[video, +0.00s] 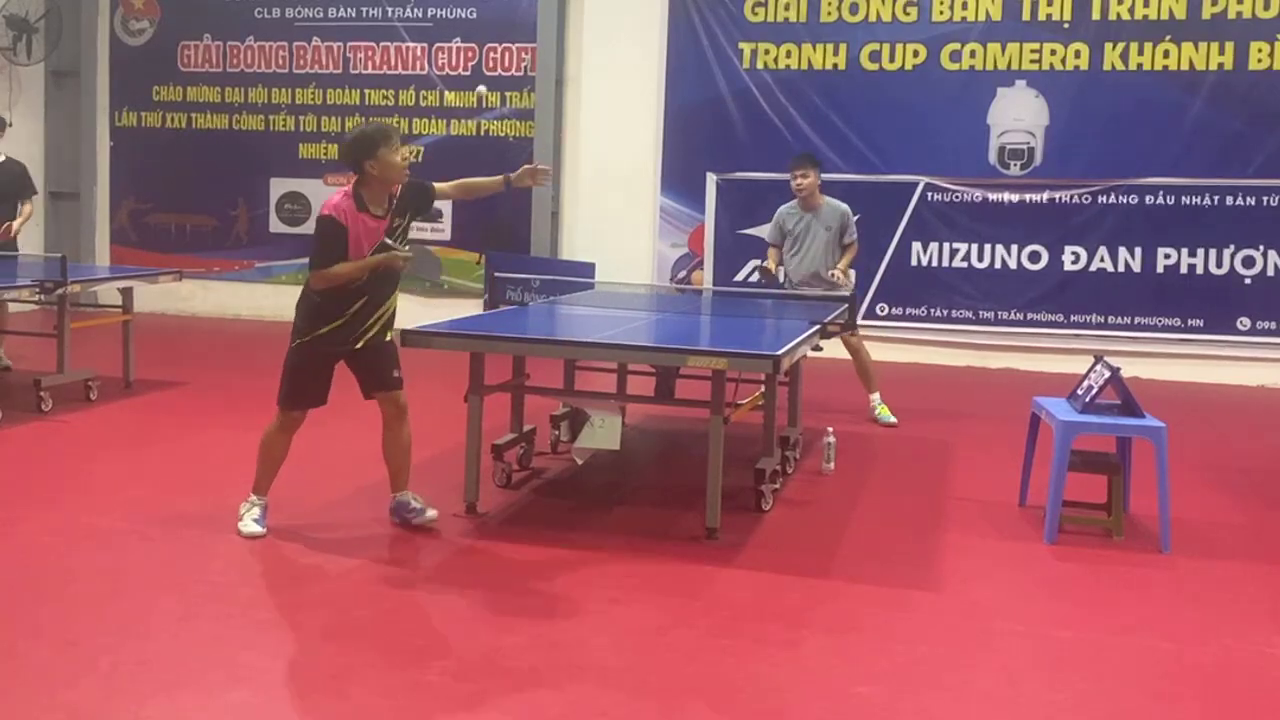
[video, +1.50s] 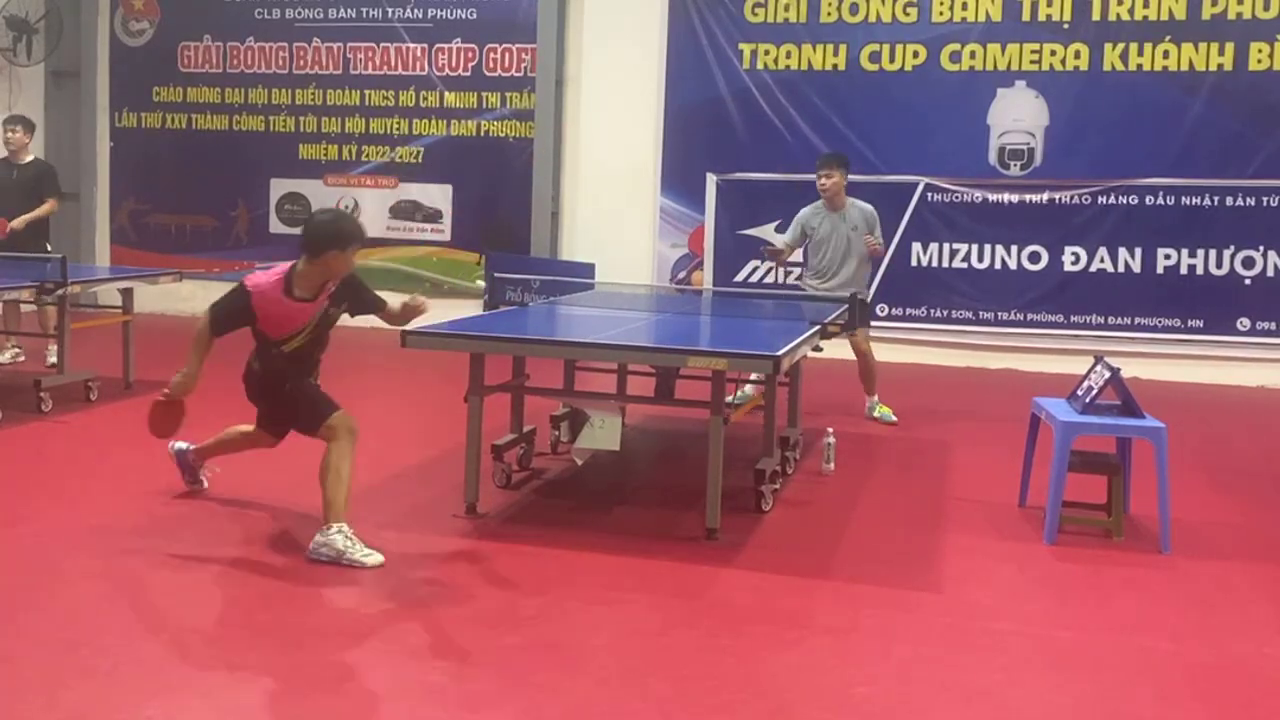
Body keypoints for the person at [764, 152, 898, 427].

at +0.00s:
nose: (798, 183)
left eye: (804, 177)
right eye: (794, 178)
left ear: (818, 179)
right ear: (790, 182)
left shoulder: (840, 212)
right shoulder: (784, 214)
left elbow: (851, 245)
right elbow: (774, 246)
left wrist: (841, 267)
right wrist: (772, 263)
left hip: (833, 295)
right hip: (794, 295)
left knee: (853, 342)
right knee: (777, 342)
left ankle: (876, 401)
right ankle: (766, 391)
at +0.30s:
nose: (822, 178)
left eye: (828, 172)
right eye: (818, 173)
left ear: (843, 172)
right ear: (815, 175)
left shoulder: (867, 207)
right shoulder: (808, 210)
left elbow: (879, 241)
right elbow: (799, 245)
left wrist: (868, 262)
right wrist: (803, 262)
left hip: (858, 292)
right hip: (819, 292)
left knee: (865, 344)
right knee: (793, 340)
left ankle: (875, 403)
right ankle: (774, 390)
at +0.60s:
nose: (816, 185)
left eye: (822, 179)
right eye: (812, 180)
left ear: (838, 179)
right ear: (809, 182)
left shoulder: (861, 212)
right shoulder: (801, 214)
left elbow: (874, 244)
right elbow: (781, 245)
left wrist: (867, 261)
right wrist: (776, 255)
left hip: (851, 294)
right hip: (810, 294)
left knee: (860, 350)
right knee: (786, 343)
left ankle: (876, 404)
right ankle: (772, 396)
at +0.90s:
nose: (808, 221)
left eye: (813, 215)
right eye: (802, 215)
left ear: (822, 211)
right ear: (793, 212)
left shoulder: (835, 227)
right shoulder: (781, 239)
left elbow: (837, 256)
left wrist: (852, 260)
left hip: (819, 302)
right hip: (784, 304)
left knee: (848, 354)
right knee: (766, 351)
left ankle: (868, 404)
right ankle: (759, 406)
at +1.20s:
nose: (818, 198)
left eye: (824, 192)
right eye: (814, 193)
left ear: (838, 195)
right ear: (809, 195)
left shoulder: (850, 220)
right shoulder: (800, 226)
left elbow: (866, 243)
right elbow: (780, 265)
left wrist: (879, 234)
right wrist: (792, 252)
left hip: (837, 302)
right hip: (800, 302)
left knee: (866, 353)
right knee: (779, 352)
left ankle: (874, 403)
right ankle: (761, 405)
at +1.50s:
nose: (822, 183)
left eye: (828, 177)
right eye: (819, 178)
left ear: (844, 179)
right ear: (816, 181)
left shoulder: (866, 213)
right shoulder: (807, 216)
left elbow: (878, 252)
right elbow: (786, 250)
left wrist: (875, 248)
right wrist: (776, 253)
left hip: (851, 297)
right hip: (811, 296)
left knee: (861, 347)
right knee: (779, 336)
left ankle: (872, 403)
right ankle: (754, 386)